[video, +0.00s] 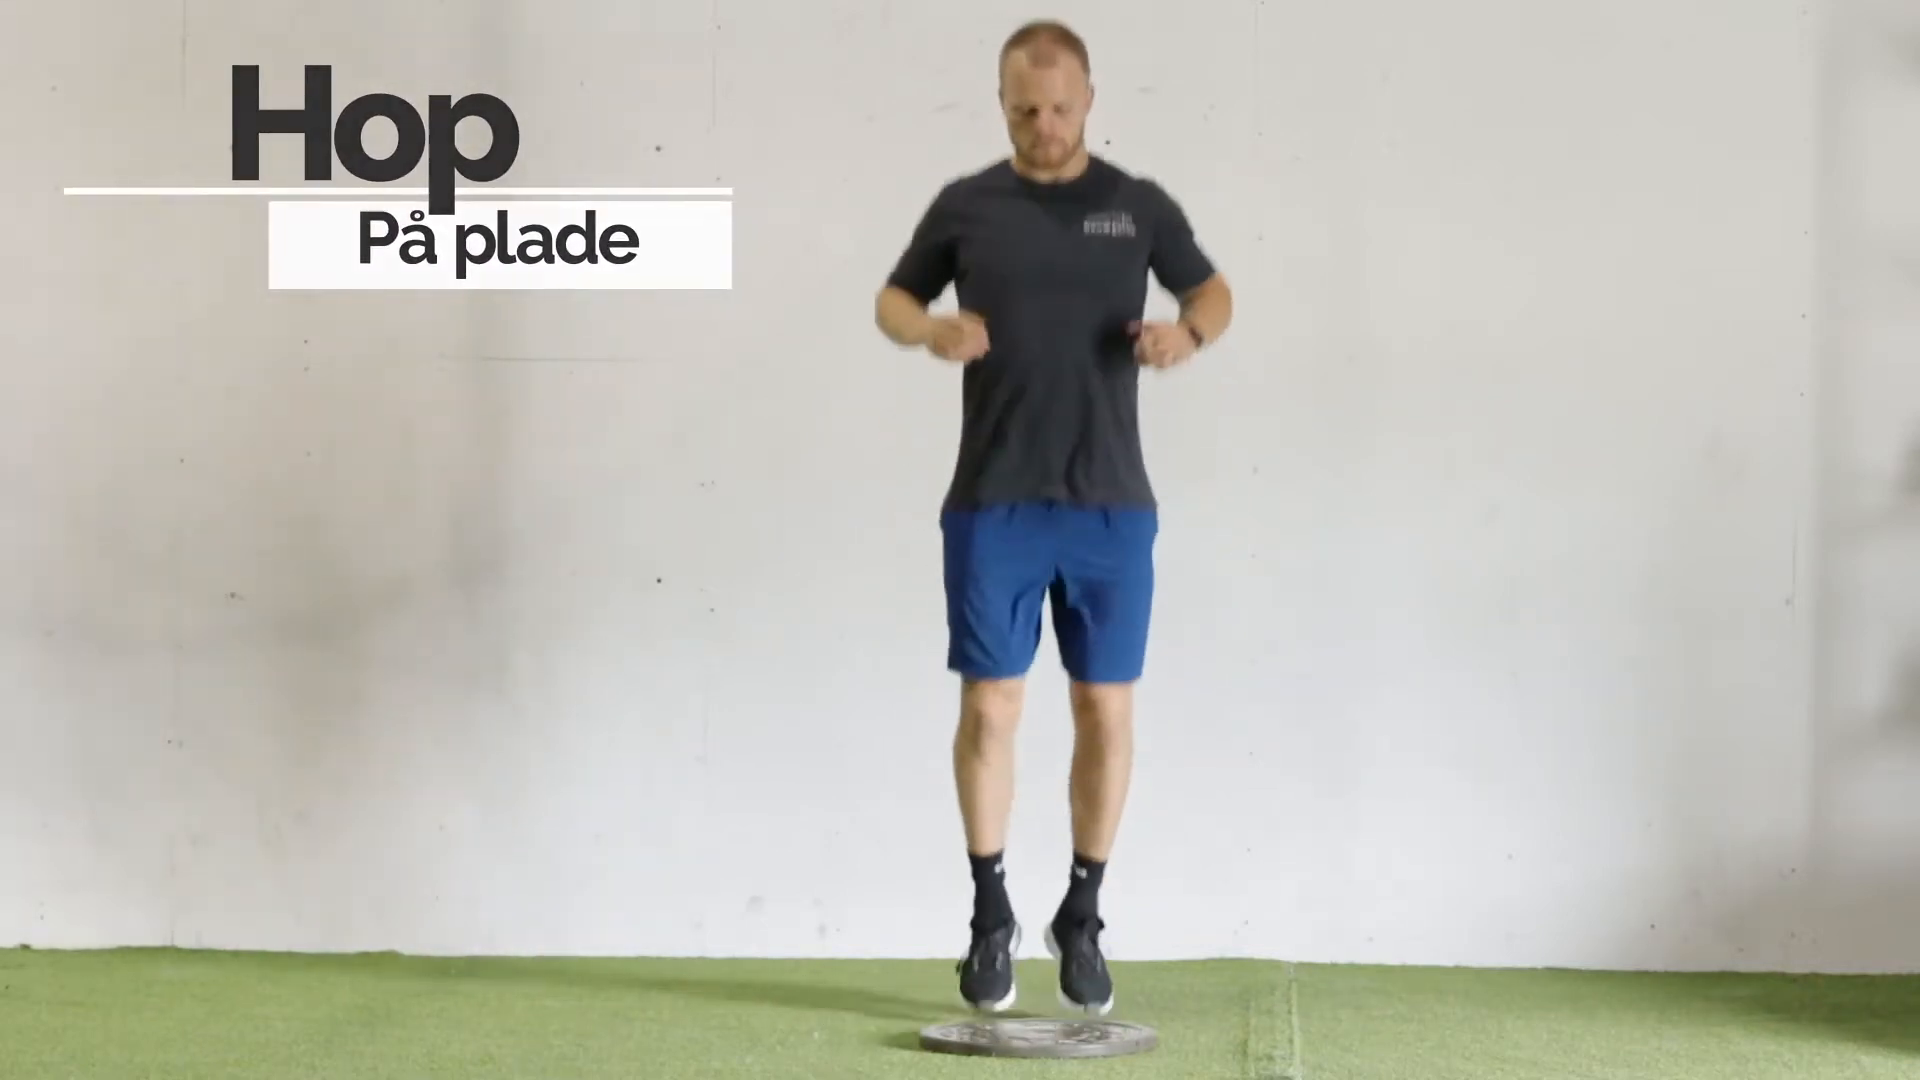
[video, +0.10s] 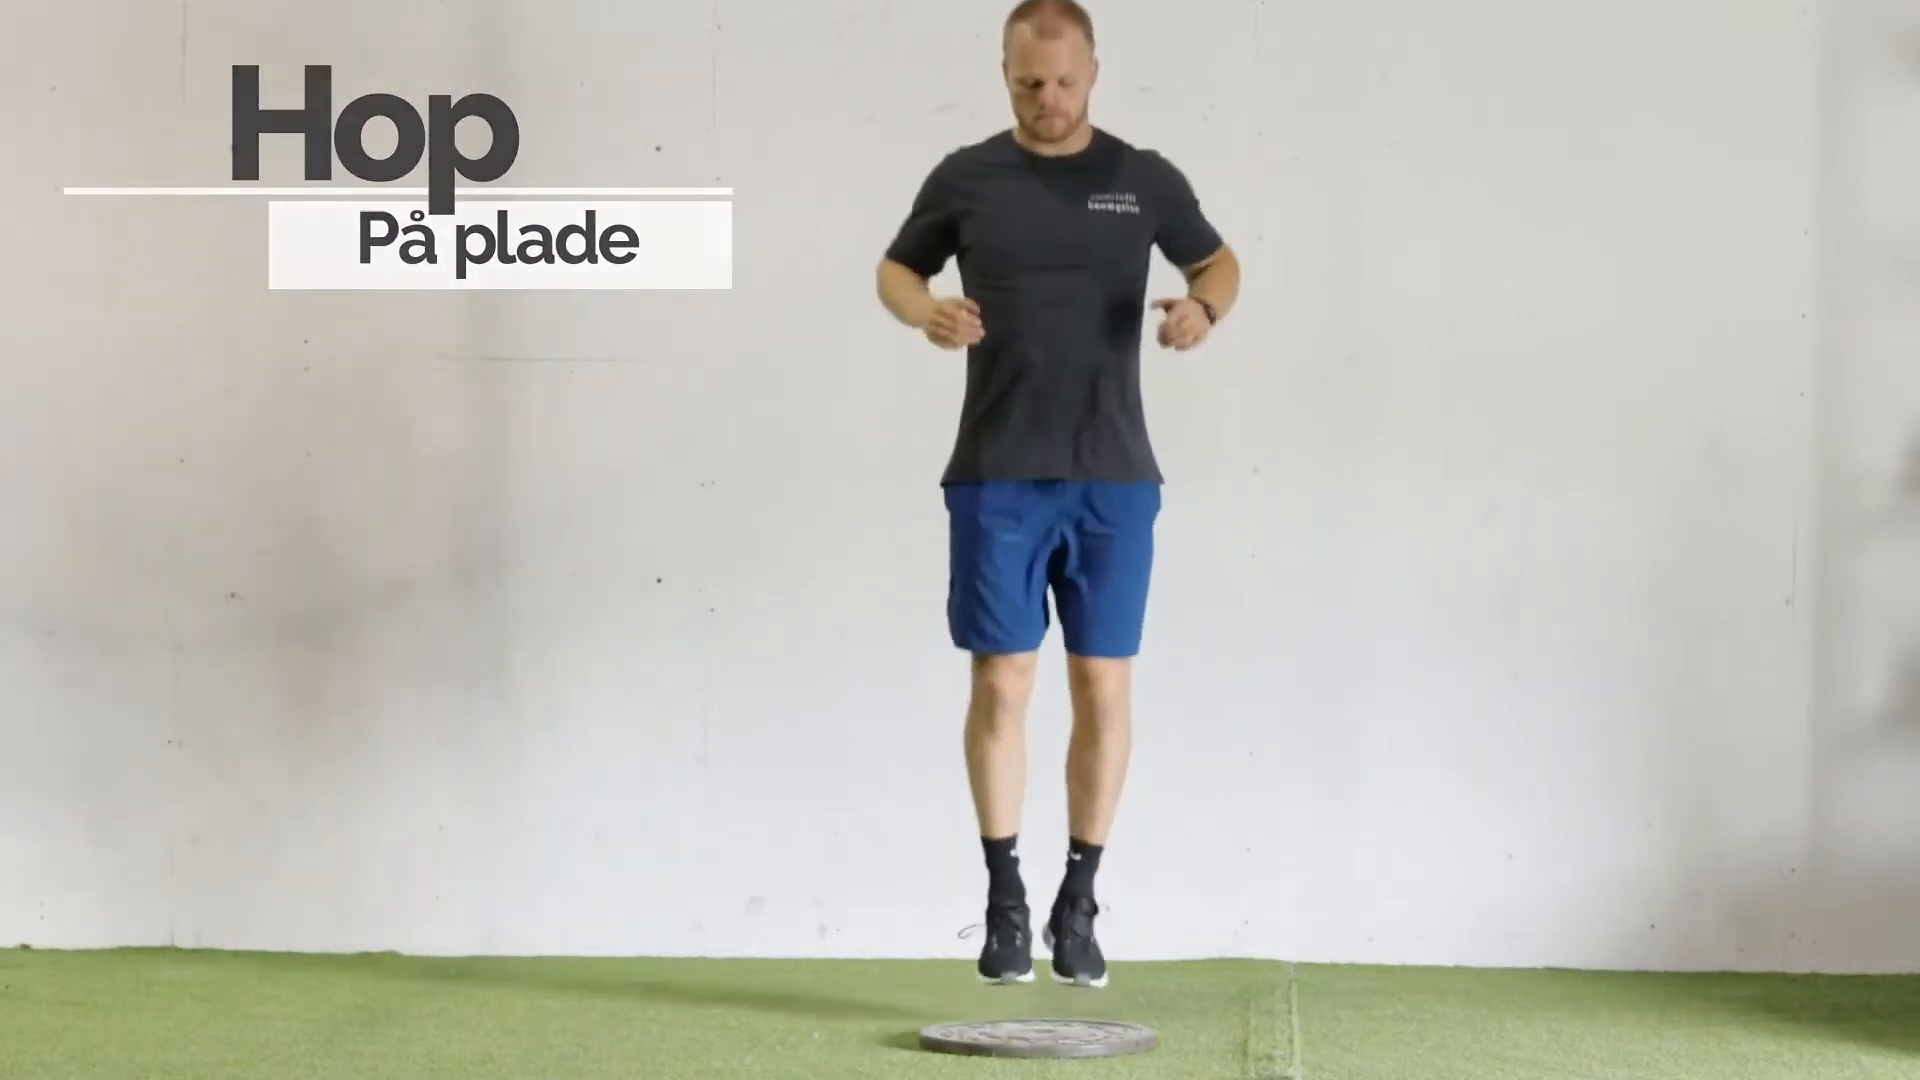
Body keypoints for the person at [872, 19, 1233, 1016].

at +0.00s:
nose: (1044, 125)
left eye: (1059, 108)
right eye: (1027, 109)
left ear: (1088, 102)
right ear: (1004, 108)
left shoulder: (1139, 206)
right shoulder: (965, 207)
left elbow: (1212, 293)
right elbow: (893, 302)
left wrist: (1186, 332)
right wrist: (932, 328)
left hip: (1110, 500)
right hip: (996, 498)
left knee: (1105, 712)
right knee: (990, 711)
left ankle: (1082, 917)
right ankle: (991, 916)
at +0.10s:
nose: (1047, 102)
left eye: (1063, 83)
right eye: (1030, 84)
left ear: (1092, 75)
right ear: (1006, 77)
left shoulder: (1143, 178)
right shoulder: (966, 177)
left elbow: (1218, 262)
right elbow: (896, 270)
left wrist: (1204, 308)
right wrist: (928, 312)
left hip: (1113, 473)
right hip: (1000, 473)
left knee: (1103, 691)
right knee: (1003, 687)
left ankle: (1077, 908)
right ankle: (1005, 903)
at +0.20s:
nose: (1050, 122)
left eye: (1067, 104)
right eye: (1033, 105)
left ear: (1096, 97)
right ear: (1010, 101)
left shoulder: (1146, 206)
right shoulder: (967, 203)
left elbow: (1210, 302)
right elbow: (904, 301)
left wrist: (1200, 350)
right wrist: (936, 357)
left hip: (1112, 494)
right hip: (1001, 495)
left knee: (1104, 717)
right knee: (1008, 712)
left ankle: (1082, 934)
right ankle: (1014, 929)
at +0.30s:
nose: (1054, 191)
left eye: (1071, 173)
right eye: (1037, 174)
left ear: (1100, 169)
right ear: (1014, 171)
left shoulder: (1148, 288)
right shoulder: (970, 284)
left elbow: (1199, 401)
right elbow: (907, 397)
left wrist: (1188, 470)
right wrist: (941, 474)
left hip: (1116, 572)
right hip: (1006, 569)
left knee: (1106, 772)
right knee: (1013, 775)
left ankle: (1081, 970)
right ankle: (1024, 965)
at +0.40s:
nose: (1056, 163)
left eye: (1072, 146)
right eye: (1039, 147)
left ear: (1101, 142)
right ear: (1016, 144)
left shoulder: (1148, 258)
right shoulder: (973, 253)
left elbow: (1194, 373)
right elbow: (913, 361)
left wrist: (1173, 441)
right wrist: (939, 447)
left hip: (1121, 547)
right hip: (1008, 544)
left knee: (1112, 743)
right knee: (1012, 743)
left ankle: (1086, 957)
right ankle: (1016, 955)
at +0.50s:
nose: (1057, 109)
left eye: (1073, 92)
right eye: (1039, 92)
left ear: (1102, 84)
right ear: (1016, 87)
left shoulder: (1150, 191)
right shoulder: (971, 188)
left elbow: (1205, 288)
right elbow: (908, 279)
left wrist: (1184, 362)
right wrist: (937, 374)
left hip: (1125, 484)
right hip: (1008, 482)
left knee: (1119, 695)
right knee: (1008, 694)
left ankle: (1096, 907)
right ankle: (1011, 907)